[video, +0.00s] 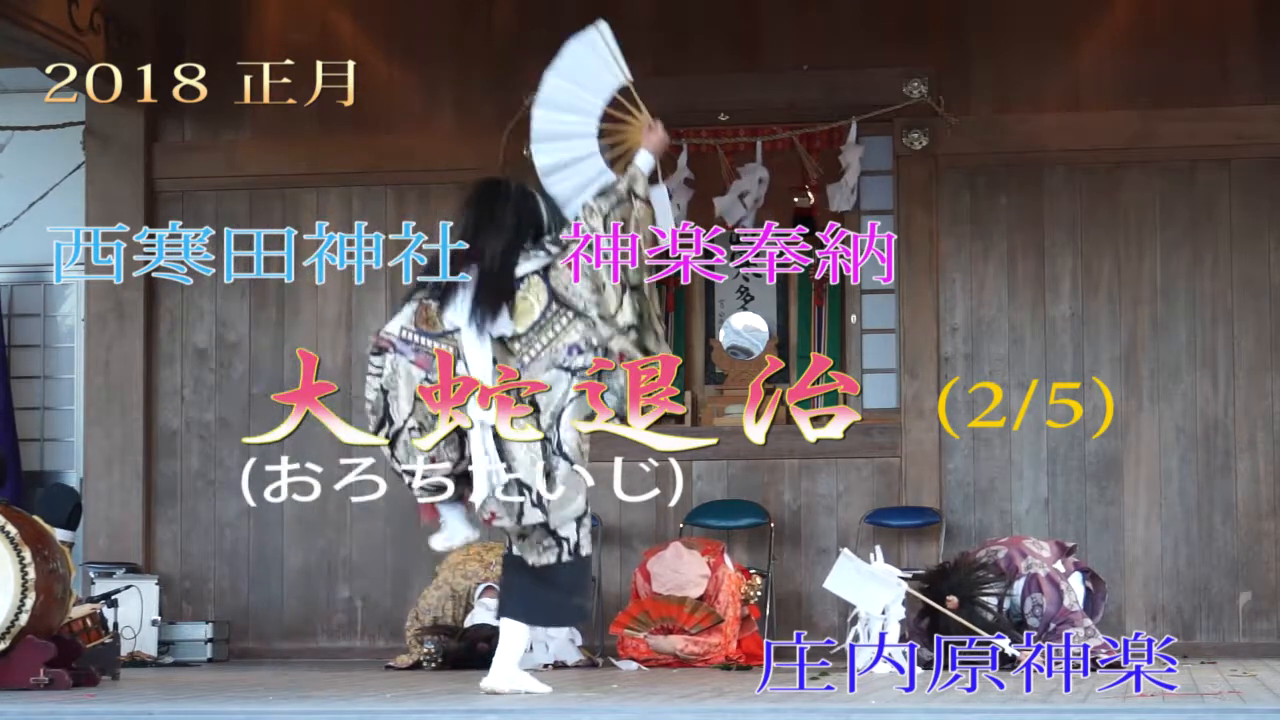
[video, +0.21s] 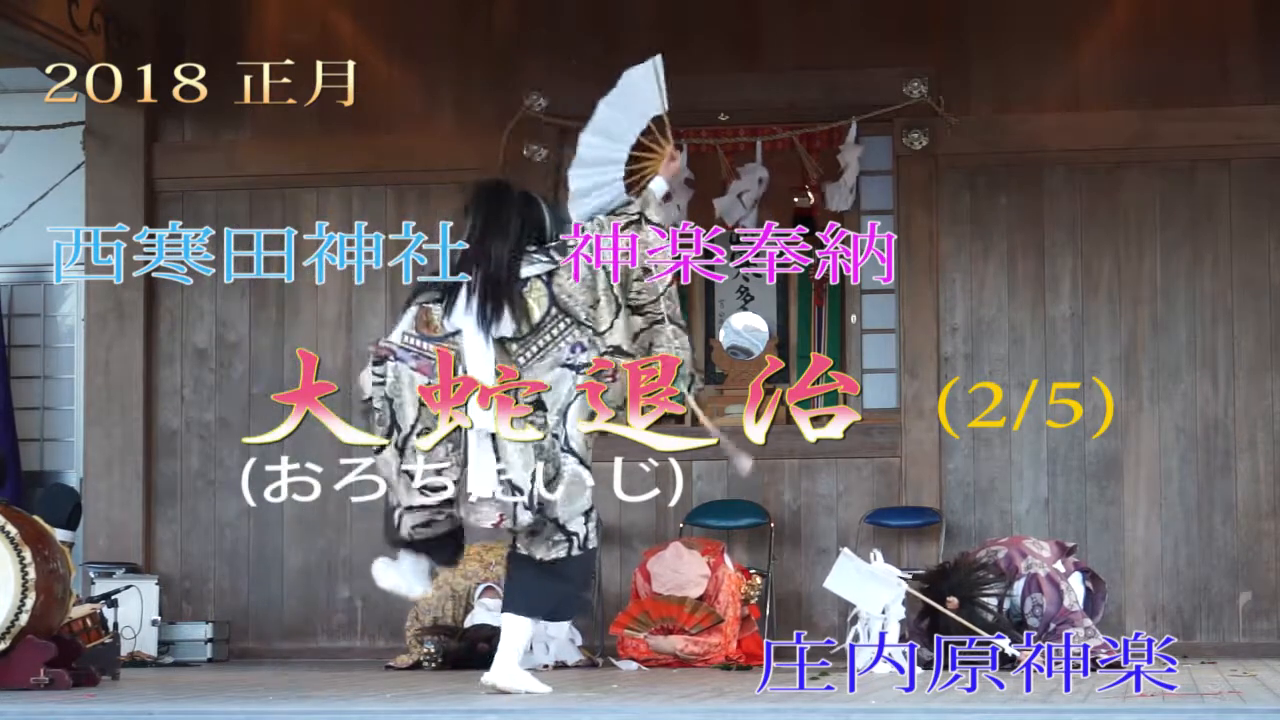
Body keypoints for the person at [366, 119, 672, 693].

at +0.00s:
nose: (544, 226)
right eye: (538, 218)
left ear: (475, 229)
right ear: (532, 225)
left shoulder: (459, 292)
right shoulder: (552, 274)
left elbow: (390, 342)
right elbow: (598, 226)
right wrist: (644, 161)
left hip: (494, 437)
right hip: (539, 438)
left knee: (545, 524)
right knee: (532, 539)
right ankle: (507, 664)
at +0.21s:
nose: (550, 235)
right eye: (543, 225)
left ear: (479, 230)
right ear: (532, 229)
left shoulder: (463, 290)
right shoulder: (547, 284)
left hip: (486, 434)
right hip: (539, 437)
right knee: (542, 535)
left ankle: (414, 566)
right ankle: (507, 663)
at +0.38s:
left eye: (459, 225)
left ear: (467, 231)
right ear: (531, 231)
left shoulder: (435, 299)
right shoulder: (552, 293)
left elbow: (391, 382)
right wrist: (628, 177)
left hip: (445, 444)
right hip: (522, 446)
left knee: (417, 524)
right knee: (521, 546)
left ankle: (394, 638)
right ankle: (505, 663)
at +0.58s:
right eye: (494, 232)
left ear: (434, 235)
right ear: (495, 236)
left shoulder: (410, 295)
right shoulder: (511, 286)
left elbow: (374, 367)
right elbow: (569, 247)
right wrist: (594, 180)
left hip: (414, 440)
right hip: (487, 438)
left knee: (402, 542)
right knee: (516, 533)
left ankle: (396, 664)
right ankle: (506, 644)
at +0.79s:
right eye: (472, 230)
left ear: (420, 232)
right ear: (474, 233)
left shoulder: (391, 286)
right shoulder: (489, 274)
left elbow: (374, 374)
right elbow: (540, 238)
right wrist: (574, 180)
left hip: (392, 432)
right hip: (463, 429)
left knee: (390, 536)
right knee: (489, 518)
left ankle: (393, 654)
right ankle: (465, 620)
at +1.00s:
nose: (484, 220)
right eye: (479, 211)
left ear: (422, 217)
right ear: (477, 215)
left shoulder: (398, 272)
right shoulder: (493, 262)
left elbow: (373, 359)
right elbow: (539, 226)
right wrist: (572, 164)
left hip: (395, 418)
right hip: (460, 420)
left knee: (398, 530)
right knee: (460, 529)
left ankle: (393, 647)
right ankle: (449, 645)